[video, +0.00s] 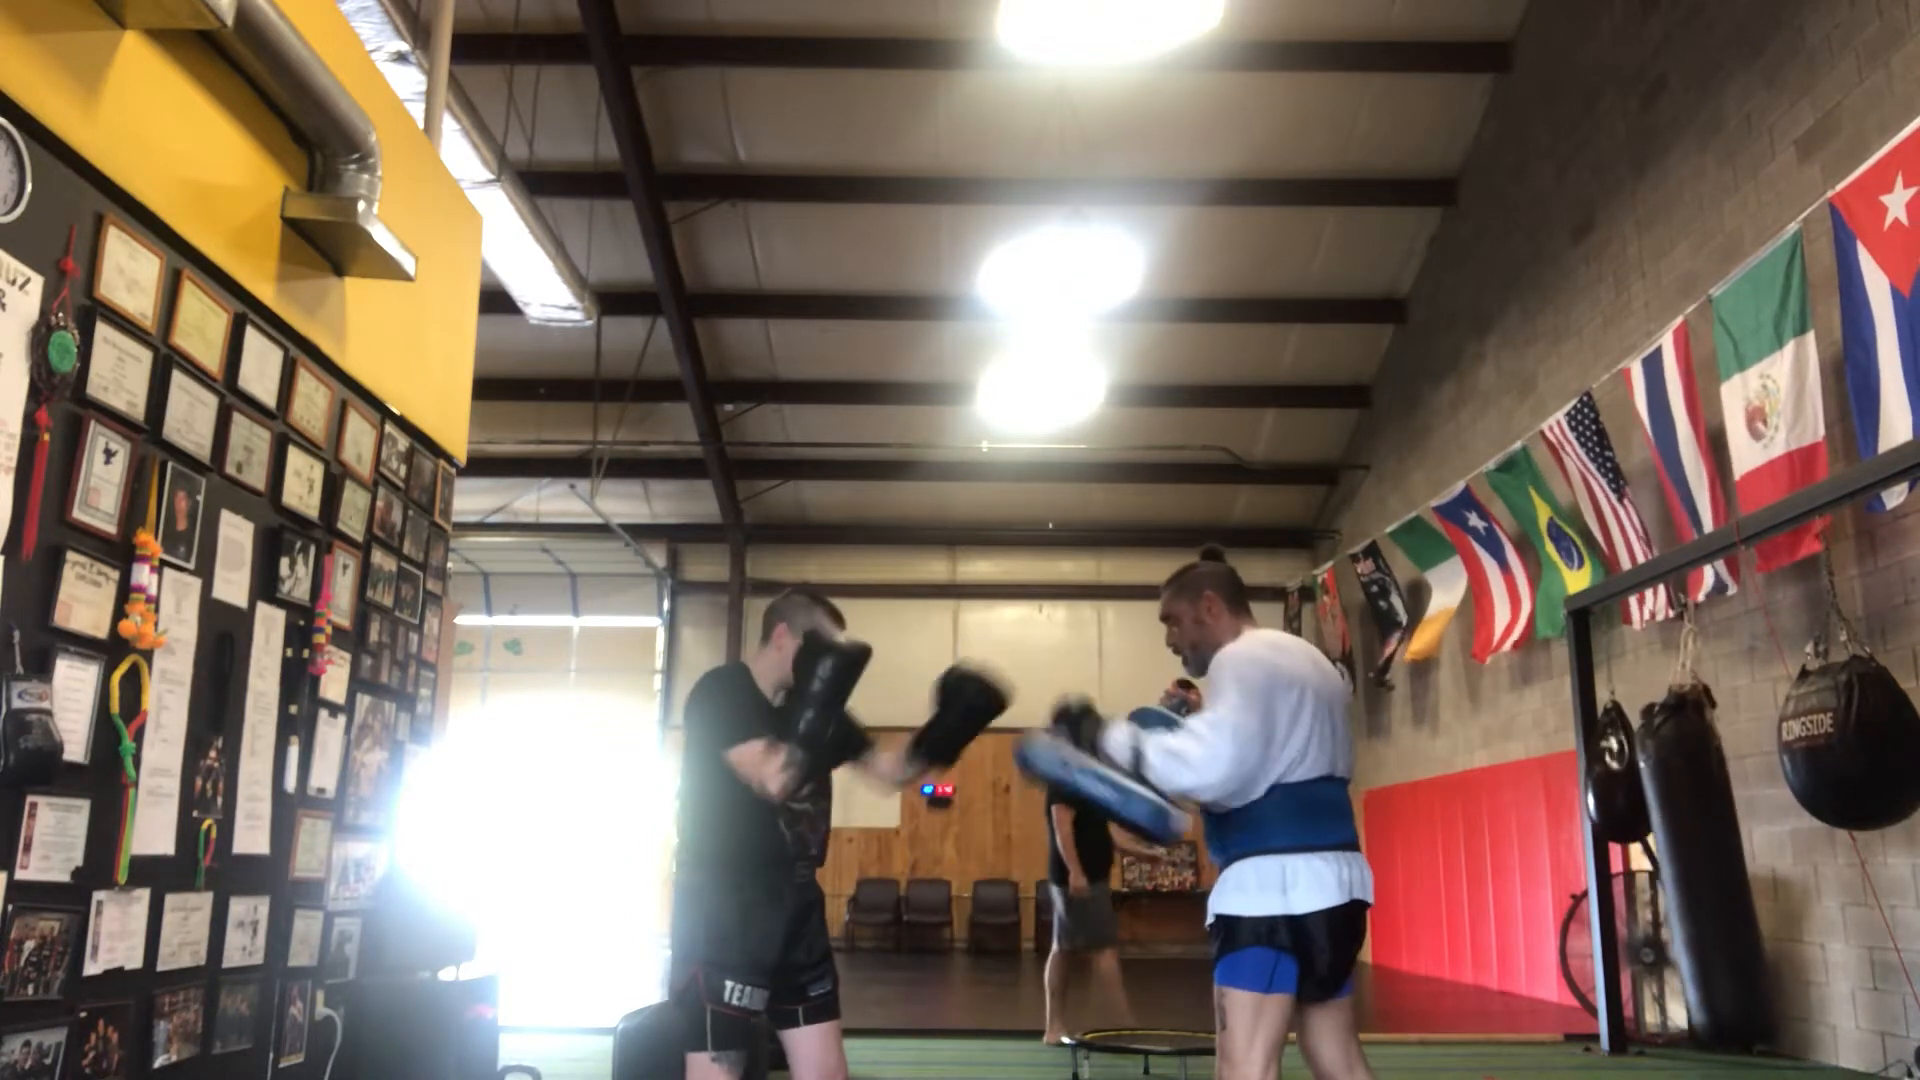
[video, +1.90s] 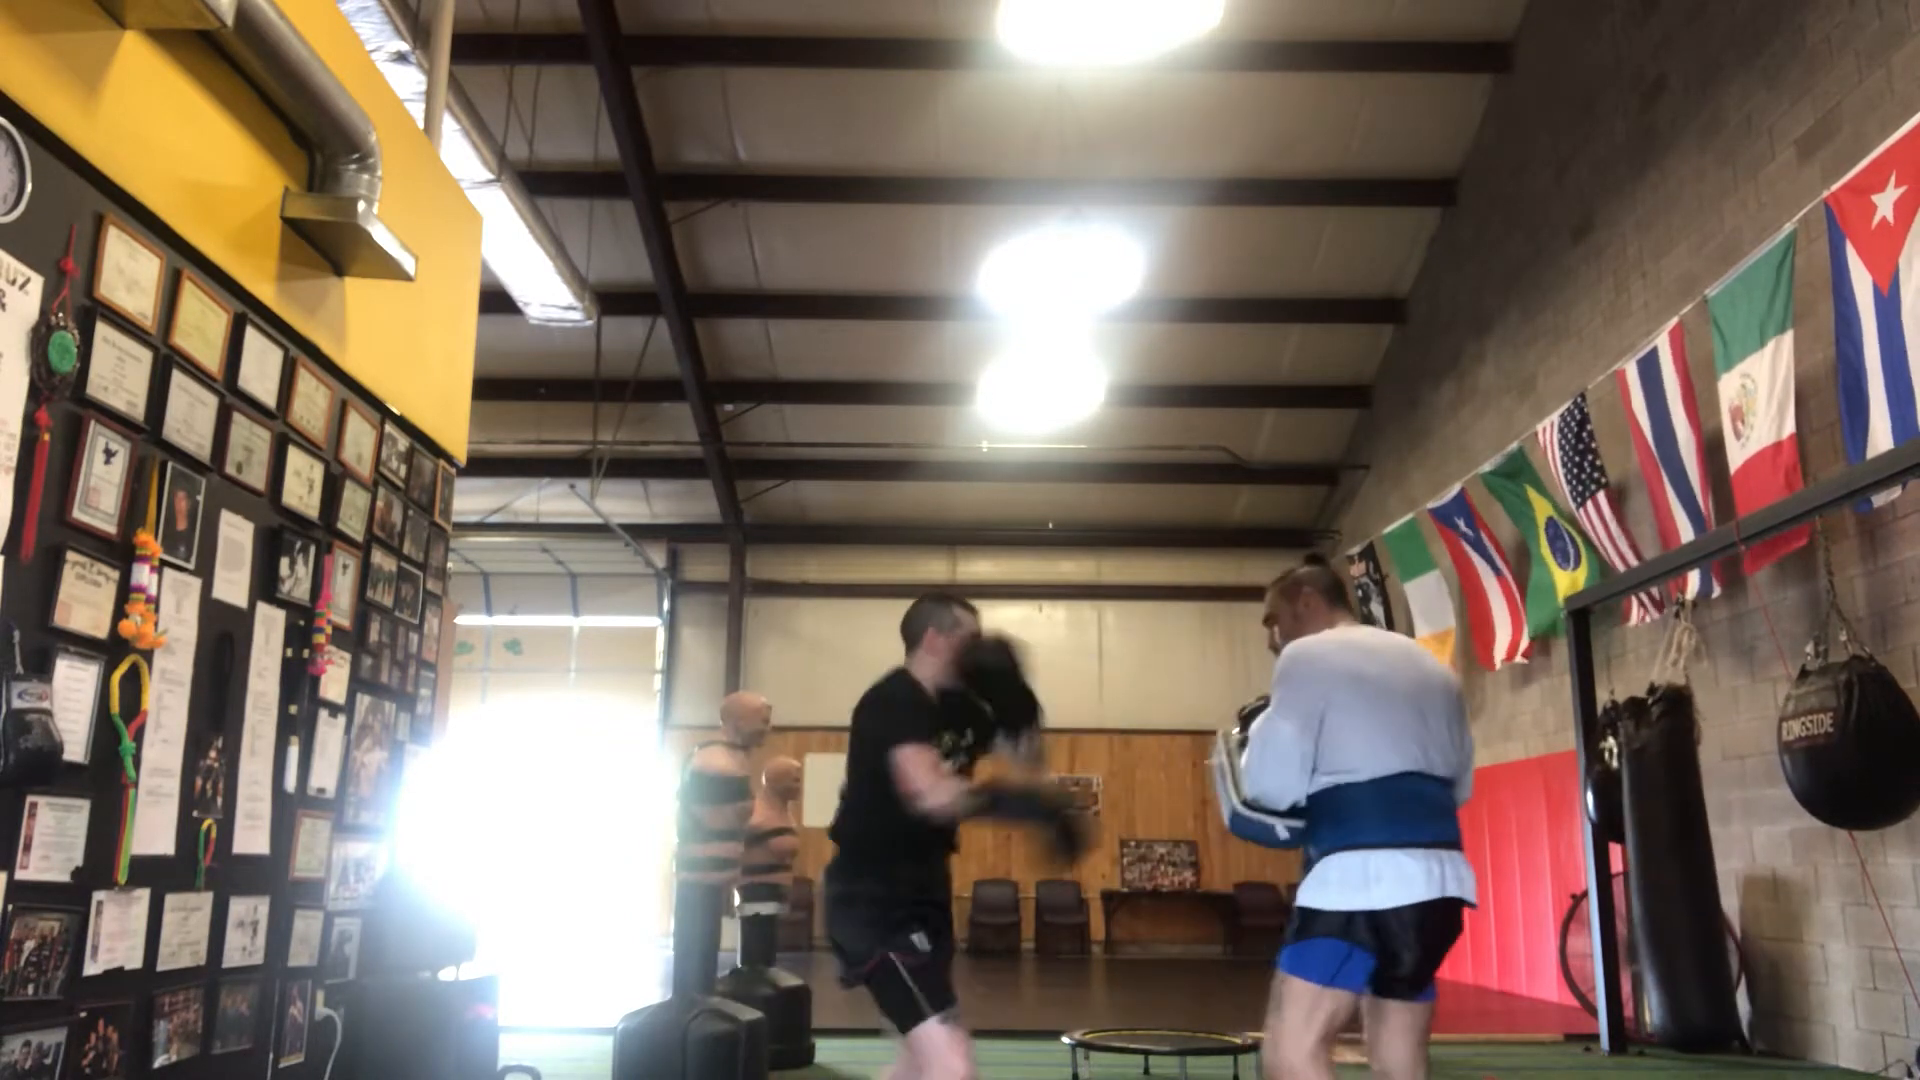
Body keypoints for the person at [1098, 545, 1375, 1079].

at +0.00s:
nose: (1170, 639)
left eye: (1173, 622)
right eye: (1166, 626)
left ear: (1210, 608)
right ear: (1216, 607)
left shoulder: (1242, 660)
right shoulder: (1315, 661)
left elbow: (1216, 768)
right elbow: (1290, 760)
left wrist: (1111, 736)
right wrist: (1205, 718)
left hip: (1269, 892)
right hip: (1336, 886)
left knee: (1246, 1065)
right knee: (1338, 1060)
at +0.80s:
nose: (1193, 648)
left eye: (1194, 632)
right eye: (1188, 635)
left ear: (1227, 614)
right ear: (1236, 614)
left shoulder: (1244, 669)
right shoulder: (1333, 659)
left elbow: (1149, 734)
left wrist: (1060, 688)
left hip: (1301, 891)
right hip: (1371, 884)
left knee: (1268, 1063)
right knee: (1358, 1060)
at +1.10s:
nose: (1200, 626)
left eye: (1206, 611)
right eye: (1198, 613)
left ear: (1248, 602)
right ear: (1259, 601)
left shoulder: (1251, 659)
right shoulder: (1343, 661)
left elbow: (1166, 717)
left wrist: (1068, 687)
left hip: (1292, 894)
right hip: (1365, 887)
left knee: (1260, 1064)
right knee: (1358, 1064)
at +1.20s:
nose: (1203, 623)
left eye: (1211, 604)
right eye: (1202, 608)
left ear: (1253, 598)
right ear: (1260, 602)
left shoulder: (1264, 659)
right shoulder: (1344, 663)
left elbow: (1228, 757)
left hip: (1286, 893)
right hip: (1358, 887)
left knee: (1251, 1066)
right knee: (1354, 1062)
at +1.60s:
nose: (1244, 618)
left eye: (1252, 602)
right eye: (1243, 605)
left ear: (1295, 595)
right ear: (1303, 598)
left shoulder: (1301, 664)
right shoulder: (1383, 664)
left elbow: (1271, 788)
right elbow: (1342, 769)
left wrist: (1187, 800)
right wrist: (1258, 728)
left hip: (1306, 895)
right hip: (1375, 890)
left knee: (1264, 1064)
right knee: (1360, 1061)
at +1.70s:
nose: (1250, 631)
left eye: (1254, 613)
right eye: (1248, 618)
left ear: (1293, 598)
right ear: (1305, 602)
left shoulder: (1302, 661)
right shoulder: (1405, 669)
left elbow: (1271, 787)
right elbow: (1419, 781)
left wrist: (1211, 777)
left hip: (1327, 895)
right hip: (1403, 889)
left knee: (1275, 1062)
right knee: (1376, 1063)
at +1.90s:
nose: (1274, 640)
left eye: (1275, 623)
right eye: (1270, 628)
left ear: (1306, 602)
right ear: (1337, 605)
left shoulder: (1307, 658)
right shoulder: (1432, 666)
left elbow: (1271, 788)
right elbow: (1460, 784)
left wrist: (1267, 730)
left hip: (1354, 890)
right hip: (1438, 891)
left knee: (1293, 1054)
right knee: (1400, 1061)